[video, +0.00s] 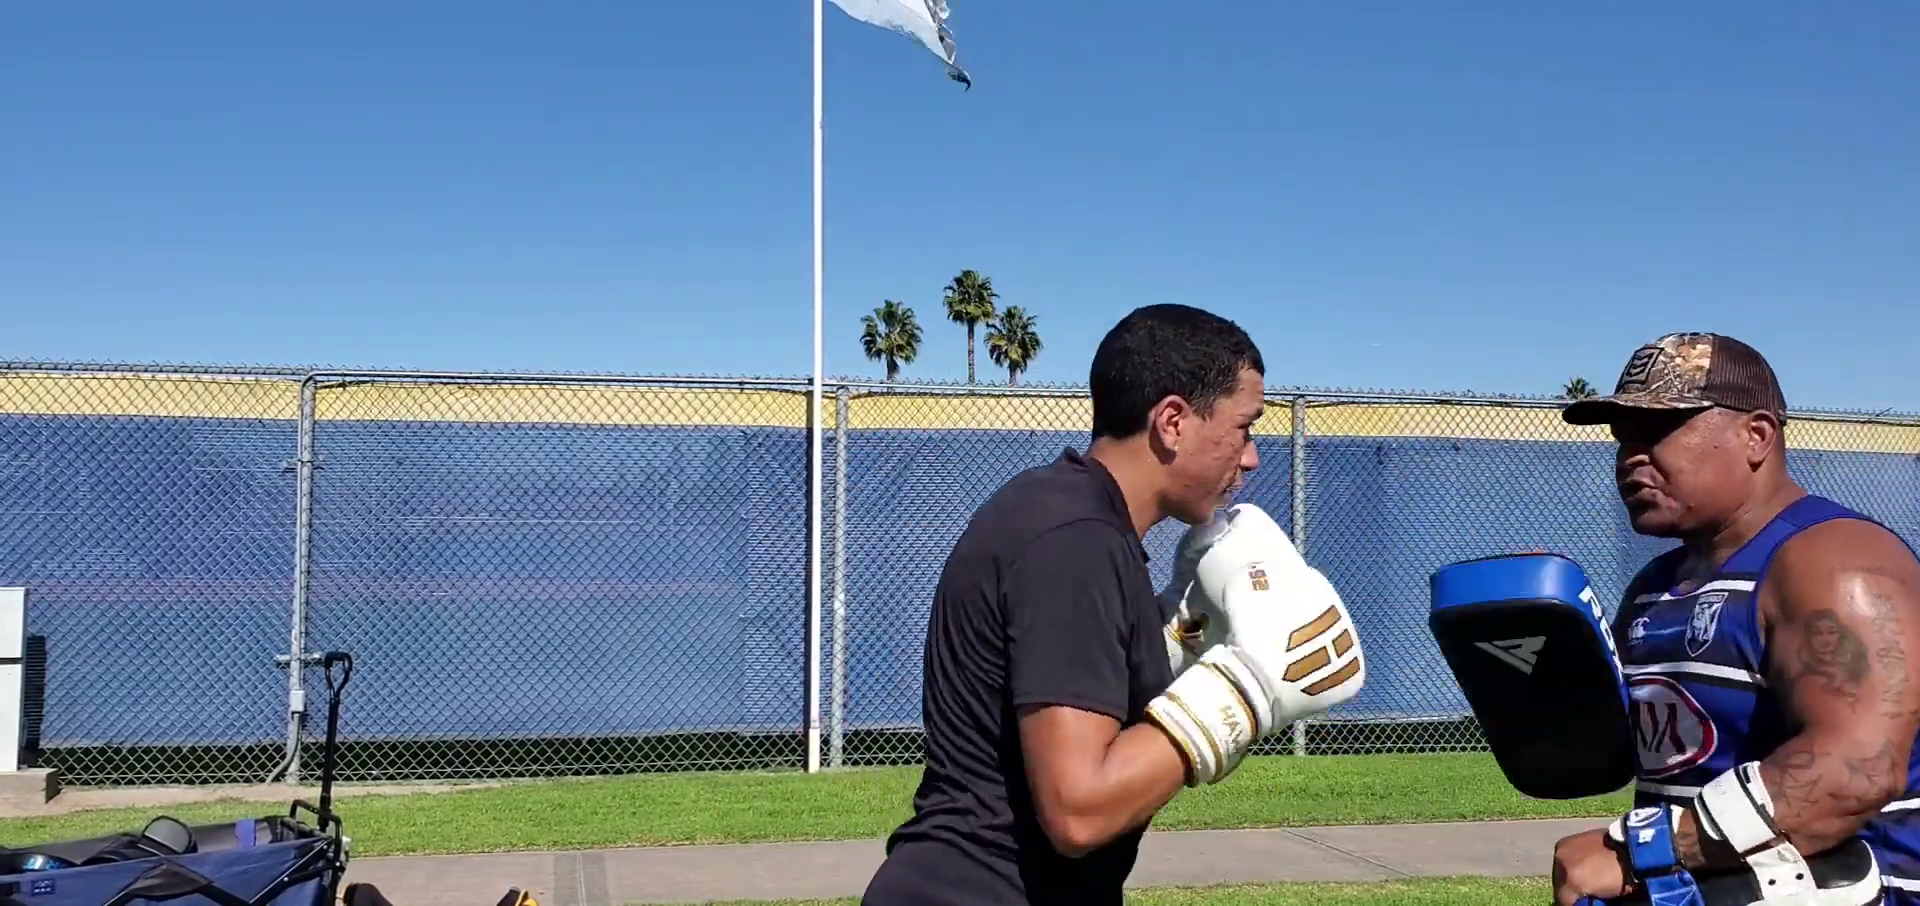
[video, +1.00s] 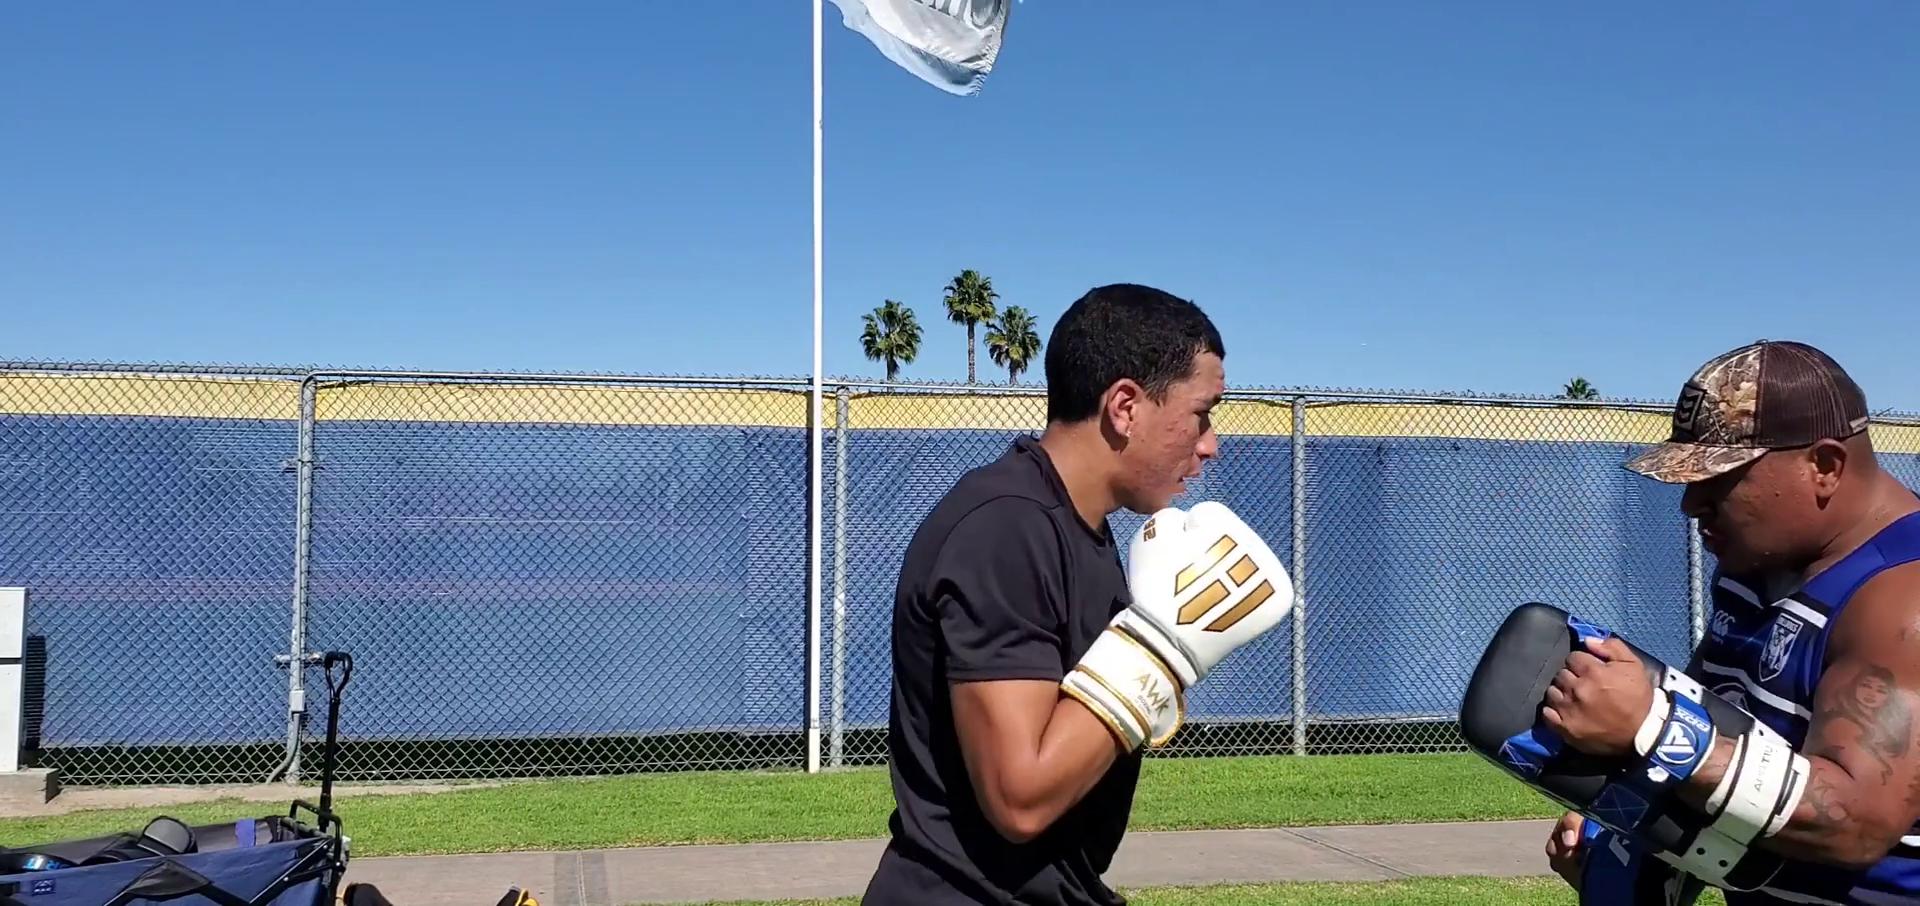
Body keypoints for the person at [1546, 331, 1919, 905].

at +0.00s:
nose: (1628, 457)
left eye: (1657, 428)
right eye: (1622, 434)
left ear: (1756, 437)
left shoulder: (1841, 563)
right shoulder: (1652, 586)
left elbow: (1856, 768)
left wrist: (1640, 850)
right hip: (1687, 875)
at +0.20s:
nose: (1678, 439)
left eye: (1707, 412)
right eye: (1672, 416)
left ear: (1805, 423)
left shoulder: (1860, 549)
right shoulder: (1717, 551)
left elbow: (1846, 741)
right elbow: (1596, 654)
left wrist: (1639, 808)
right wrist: (1592, 494)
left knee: (1596, 895)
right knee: (1570, 890)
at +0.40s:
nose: (1702, 453)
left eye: (1733, 425)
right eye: (1699, 428)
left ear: (1835, 431)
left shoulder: (1887, 550)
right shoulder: (1735, 560)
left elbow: (1853, 704)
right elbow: (1619, 655)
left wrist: (1630, 768)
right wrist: (1631, 482)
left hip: (1849, 889)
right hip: (1729, 885)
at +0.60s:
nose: (1688, 482)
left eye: (1719, 453)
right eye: (1685, 453)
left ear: (1826, 451)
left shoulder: (1894, 567)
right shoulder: (1691, 559)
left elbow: (1893, 765)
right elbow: (1565, 632)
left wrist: (1685, 788)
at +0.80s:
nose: (1714, 501)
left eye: (1739, 476)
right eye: (1713, 475)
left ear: (1851, 467)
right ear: (1850, 469)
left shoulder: (1903, 610)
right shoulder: (1768, 556)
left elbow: (1893, 829)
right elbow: (1676, 666)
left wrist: (1686, 737)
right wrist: (1555, 687)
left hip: (1864, 892)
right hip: (1748, 885)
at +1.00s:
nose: (1690, 505)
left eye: (1717, 480)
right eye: (1691, 479)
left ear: (1826, 468)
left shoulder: (1900, 602)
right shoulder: (1758, 559)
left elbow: (1855, 821)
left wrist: (1658, 729)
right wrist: (1619, 831)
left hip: (1858, 893)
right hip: (1758, 881)